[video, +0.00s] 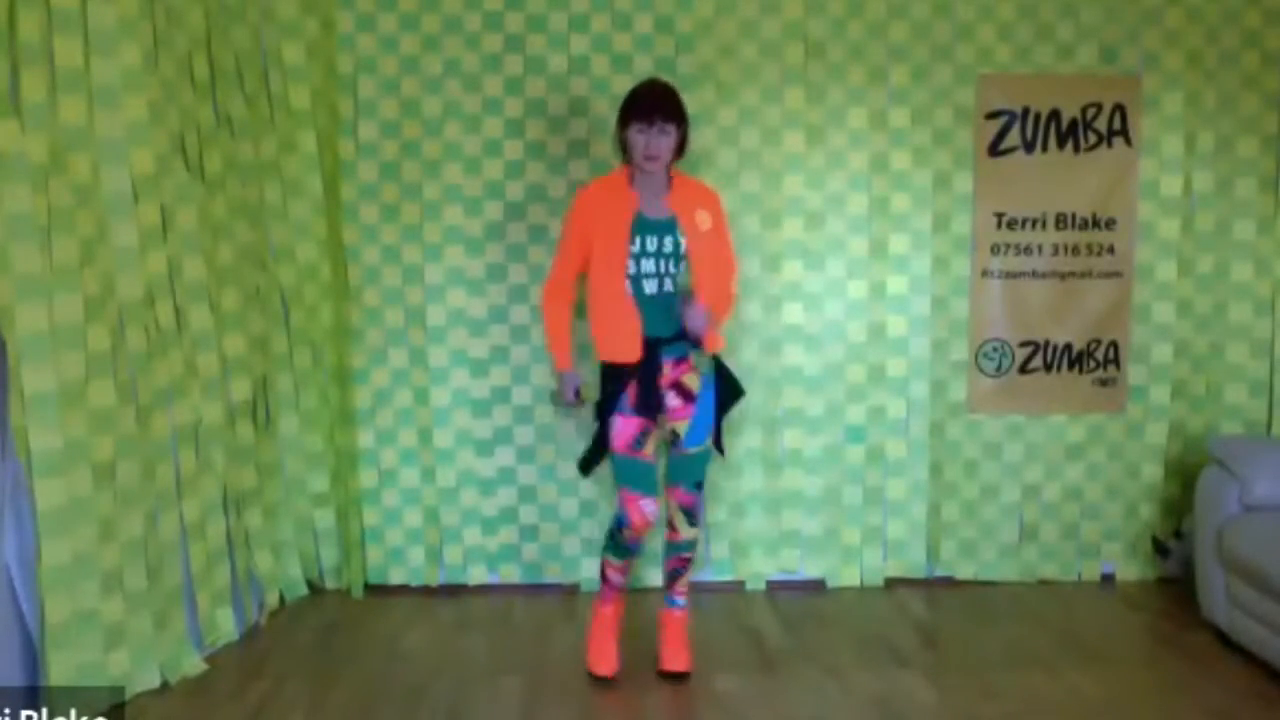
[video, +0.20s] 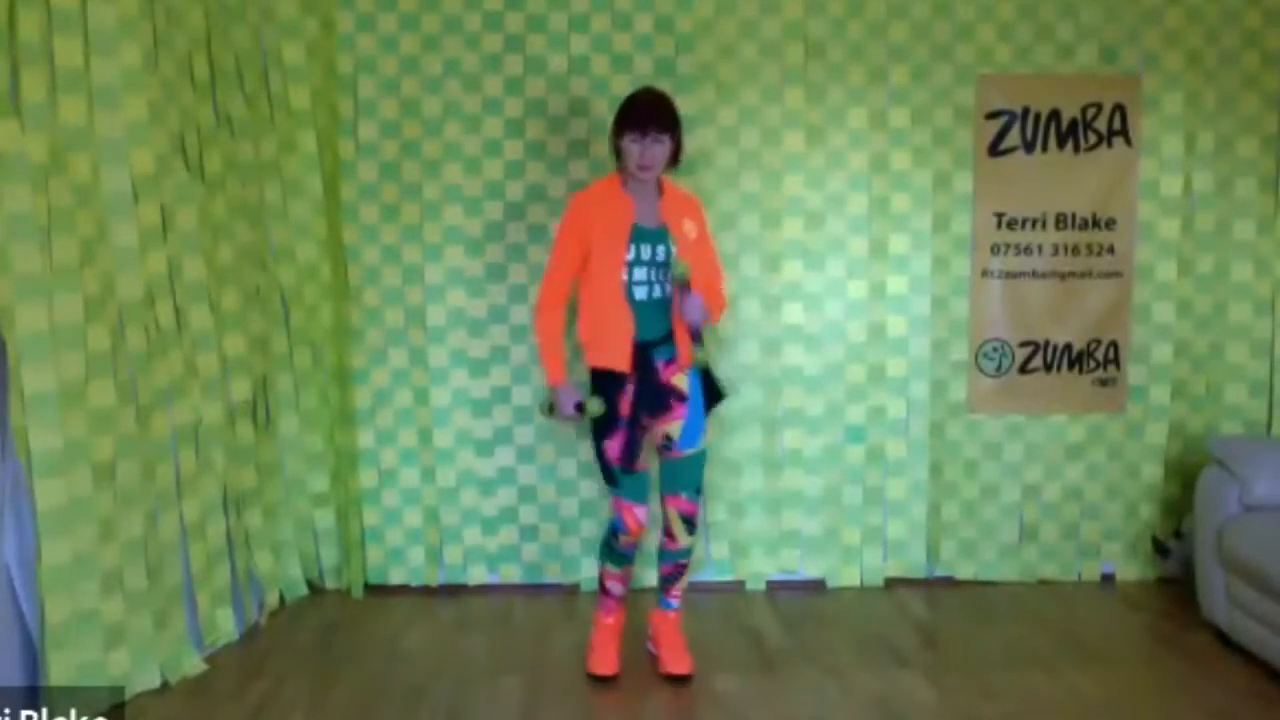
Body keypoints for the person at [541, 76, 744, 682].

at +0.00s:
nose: (652, 142)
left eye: (664, 131)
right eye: (641, 130)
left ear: (680, 139)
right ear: (623, 136)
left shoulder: (701, 201)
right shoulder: (594, 202)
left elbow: (723, 277)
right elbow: (560, 285)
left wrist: (704, 312)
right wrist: (564, 363)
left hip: (692, 364)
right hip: (626, 369)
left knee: (686, 505)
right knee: (636, 510)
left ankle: (676, 620)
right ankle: (607, 613)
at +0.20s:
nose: (645, 151)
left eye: (657, 139)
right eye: (634, 138)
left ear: (674, 147)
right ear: (616, 143)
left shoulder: (685, 208)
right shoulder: (589, 206)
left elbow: (713, 288)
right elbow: (551, 296)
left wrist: (701, 305)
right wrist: (558, 378)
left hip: (680, 370)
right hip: (616, 372)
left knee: (684, 510)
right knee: (632, 515)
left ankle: (668, 620)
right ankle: (608, 620)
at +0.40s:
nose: (640, 136)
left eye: (649, 126)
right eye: (628, 126)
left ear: (661, 138)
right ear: (605, 137)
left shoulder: (682, 205)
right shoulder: (573, 208)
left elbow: (714, 282)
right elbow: (544, 291)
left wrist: (722, 353)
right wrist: (564, 341)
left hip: (667, 366)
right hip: (600, 366)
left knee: (677, 500)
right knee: (604, 503)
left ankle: (675, 604)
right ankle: (603, 618)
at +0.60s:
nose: (628, 127)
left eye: (638, 119)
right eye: (616, 120)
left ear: (655, 134)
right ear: (599, 136)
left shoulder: (685, 201)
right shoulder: (577, 207)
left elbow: (709, 274)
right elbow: (554, 288)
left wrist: (706, 336)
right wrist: (570, 299)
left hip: (661, 368)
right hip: (597, 367)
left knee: (652, 507)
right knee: (602, 503)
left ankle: (650, 613)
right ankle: (602, 617)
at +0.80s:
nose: (637, 126)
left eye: (648, 118)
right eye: (626, 119)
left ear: (668, 134)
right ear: (610, 136)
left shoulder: (696, 195)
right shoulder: (589, 207)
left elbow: (748, 262)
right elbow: (567, 275)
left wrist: (727, 315)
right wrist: (557, 317)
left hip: (675, 365)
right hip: (606, 366)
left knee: (664, 500)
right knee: (594, 496)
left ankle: (649, 612)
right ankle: (593, 611)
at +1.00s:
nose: (630, 135)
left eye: (641, 126)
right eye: (619, 127)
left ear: (660, 138)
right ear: (604, 142)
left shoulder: (692, 186)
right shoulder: (591, 213)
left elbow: (733, 249)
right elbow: (563, 303)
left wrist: (725, 305)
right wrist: (542, 394)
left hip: (689, 364)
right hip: (622, 370)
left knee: (677, 500)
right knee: (607, 501)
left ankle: (649, 615)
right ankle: (597, 625)